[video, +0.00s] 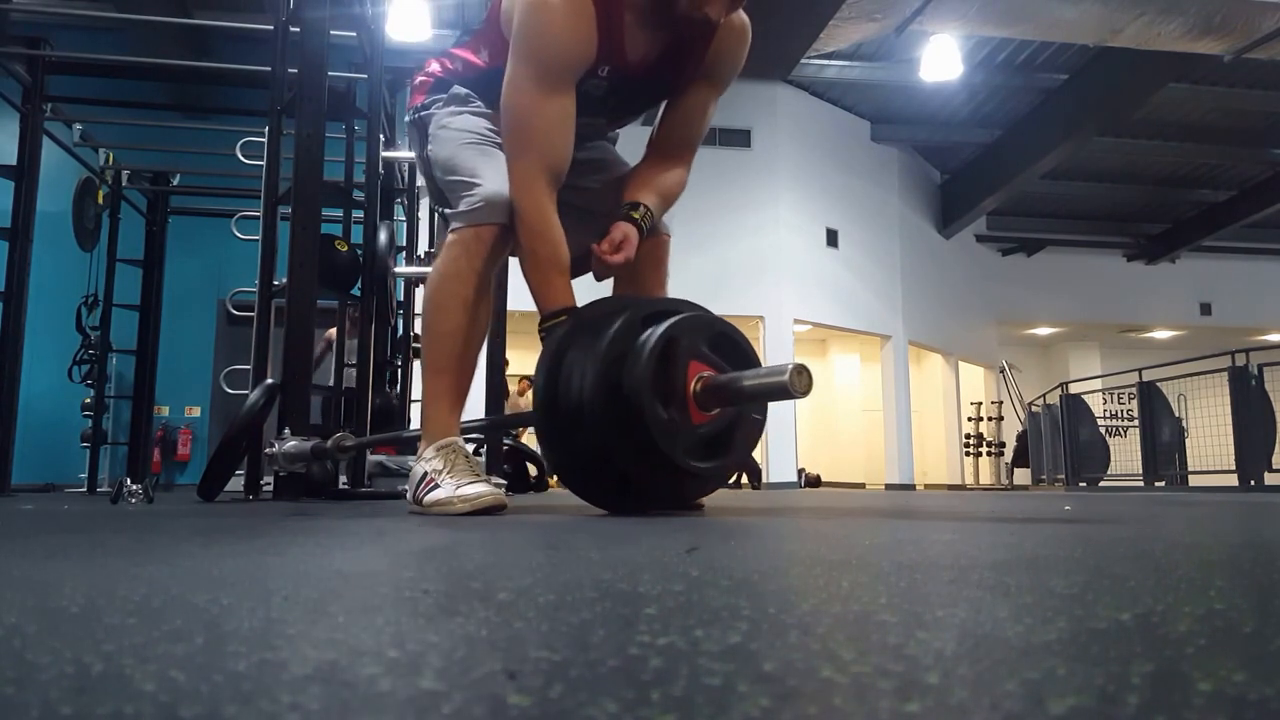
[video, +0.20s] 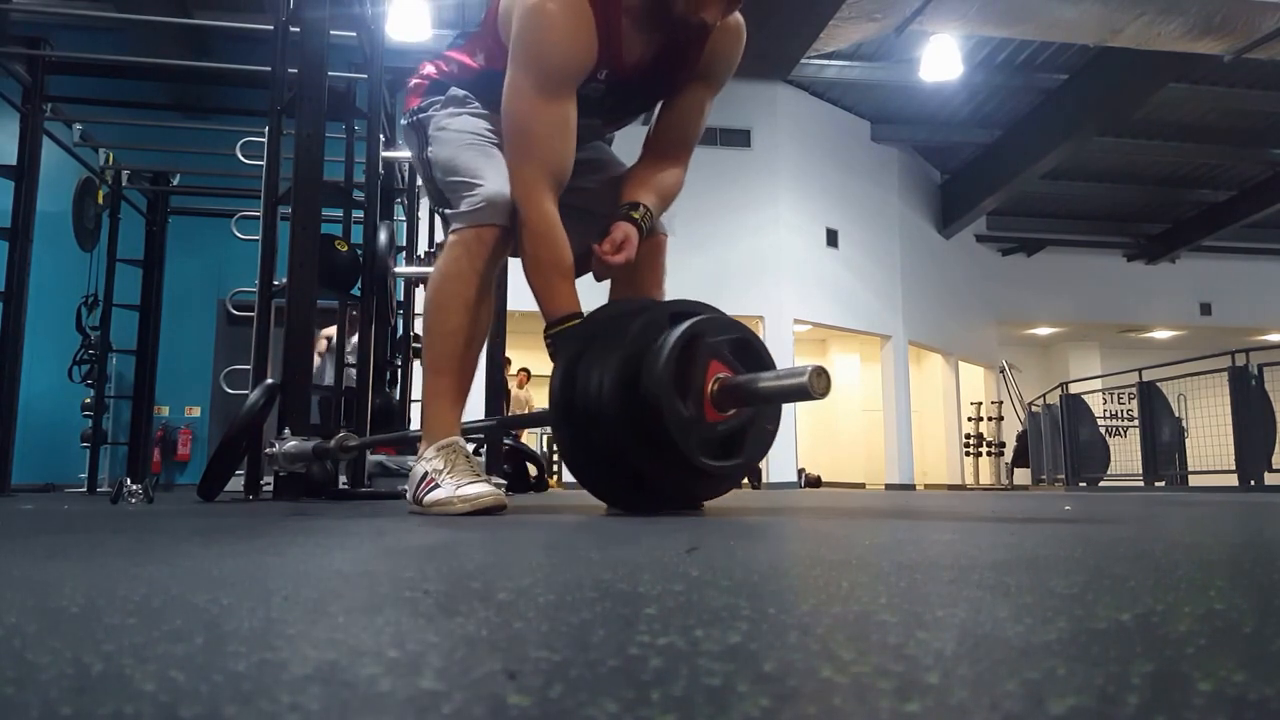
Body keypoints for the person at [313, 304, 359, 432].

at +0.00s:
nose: (356, 314)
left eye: (359, 310)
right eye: (353, 310)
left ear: (364, 314)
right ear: (346, 312)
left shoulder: (368, 336)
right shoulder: (333, 334)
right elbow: (316, 359)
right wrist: (303, 376)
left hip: (360, 390)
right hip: (336, 387)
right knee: (331, 427)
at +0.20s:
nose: (352, 321)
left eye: (355, 317)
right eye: (349, 316)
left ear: (360, 319)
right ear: (343, 316)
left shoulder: (363, 337)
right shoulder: (328, 332)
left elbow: (369, 361)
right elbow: (318, 354)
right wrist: (309, 372)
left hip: (353, 387)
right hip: (330, 386)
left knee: (352, 426)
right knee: (329, 427)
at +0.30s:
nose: (350, 312)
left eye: (354, 309)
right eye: (347, 308)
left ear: (358, 313)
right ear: (340, 311)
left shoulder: (360, 331)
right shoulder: (325, 330)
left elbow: (368, 352)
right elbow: (320, 349)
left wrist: (360, 364)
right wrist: (326, 361)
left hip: (353, 384)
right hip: (330, 384)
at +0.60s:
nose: (341, 316)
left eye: (344, 313)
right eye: (338, 312)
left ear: (348, 313)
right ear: (333, 312)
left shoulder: (355, 329)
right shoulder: (321, 328)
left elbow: (359, 350)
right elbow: (317, 353)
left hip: (350, 379)